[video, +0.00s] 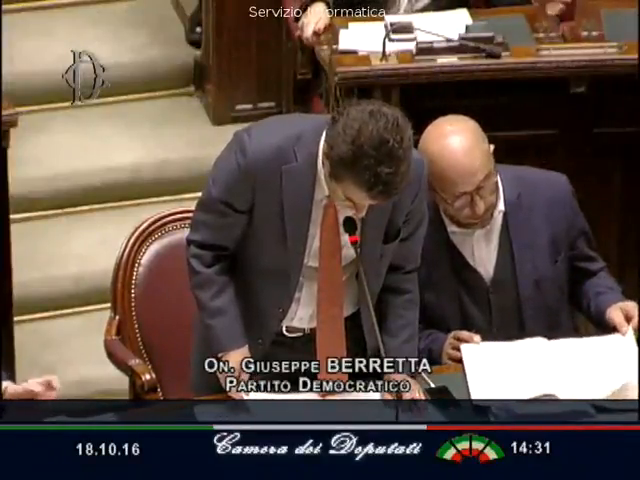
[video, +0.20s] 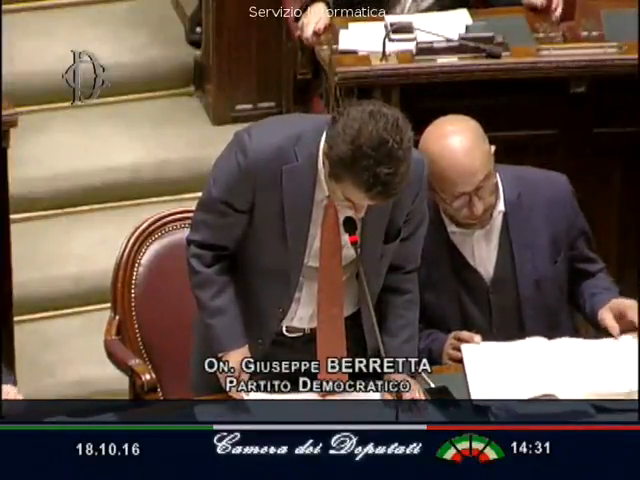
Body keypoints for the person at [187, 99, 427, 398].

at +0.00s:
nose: (360, 213)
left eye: (373, 204)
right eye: (350, 200)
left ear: (398, 176)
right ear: (328, 162)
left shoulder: (408, 175)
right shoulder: (256, 157)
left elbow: (403, 275)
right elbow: (207, 251)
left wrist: (400, 366)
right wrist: (231, 345)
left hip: (350, 335)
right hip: (263, 339)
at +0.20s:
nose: (359, 213)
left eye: (372, 204)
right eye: (349, 200)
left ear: (399, 176)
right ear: (328, 161)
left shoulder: (408, 176)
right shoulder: (256, 156)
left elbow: (403, 275)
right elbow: (206, 250)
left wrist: (400, 366)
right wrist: (231, 344)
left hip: (350, 336)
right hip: (263, 340)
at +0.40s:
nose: (358, 213)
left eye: (371, 204)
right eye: (348, 201)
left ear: (398, 175)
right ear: (327, 161)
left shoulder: (409, 175)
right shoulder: (256, 157)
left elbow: (403, 275)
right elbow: (206, 250)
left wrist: (400, 366)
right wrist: (231, 344)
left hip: (349, 336)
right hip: (262, 340)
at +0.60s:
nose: (358, 214)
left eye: (370, 205)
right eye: (348, 202)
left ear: (398, 175)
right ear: (326, 161)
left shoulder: (409, 175)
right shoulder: (256, 157)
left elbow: (403, 275)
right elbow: (207, 250)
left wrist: (400, 366)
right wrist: (231, 345)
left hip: (350, 336)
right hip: (264, 340)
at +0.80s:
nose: (357, 213)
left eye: (369, 205)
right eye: (348, 201)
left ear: (397, 176)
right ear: (328, 162)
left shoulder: (409, 178)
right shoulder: (257, 156)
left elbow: (404, 274)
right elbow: (206, 246)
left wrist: (402, 364)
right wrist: (233, 342)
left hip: (349, 336)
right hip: (263, 340)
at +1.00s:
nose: (357, 214)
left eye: (369, 207)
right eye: (347, 202)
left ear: (399, 176)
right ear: (328, 163)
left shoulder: (411, 178)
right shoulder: (258, 156)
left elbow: (406, 270)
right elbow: (207, 245)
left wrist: (396, 358)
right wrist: (234, 340)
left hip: (351, 337)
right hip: (263, 341)